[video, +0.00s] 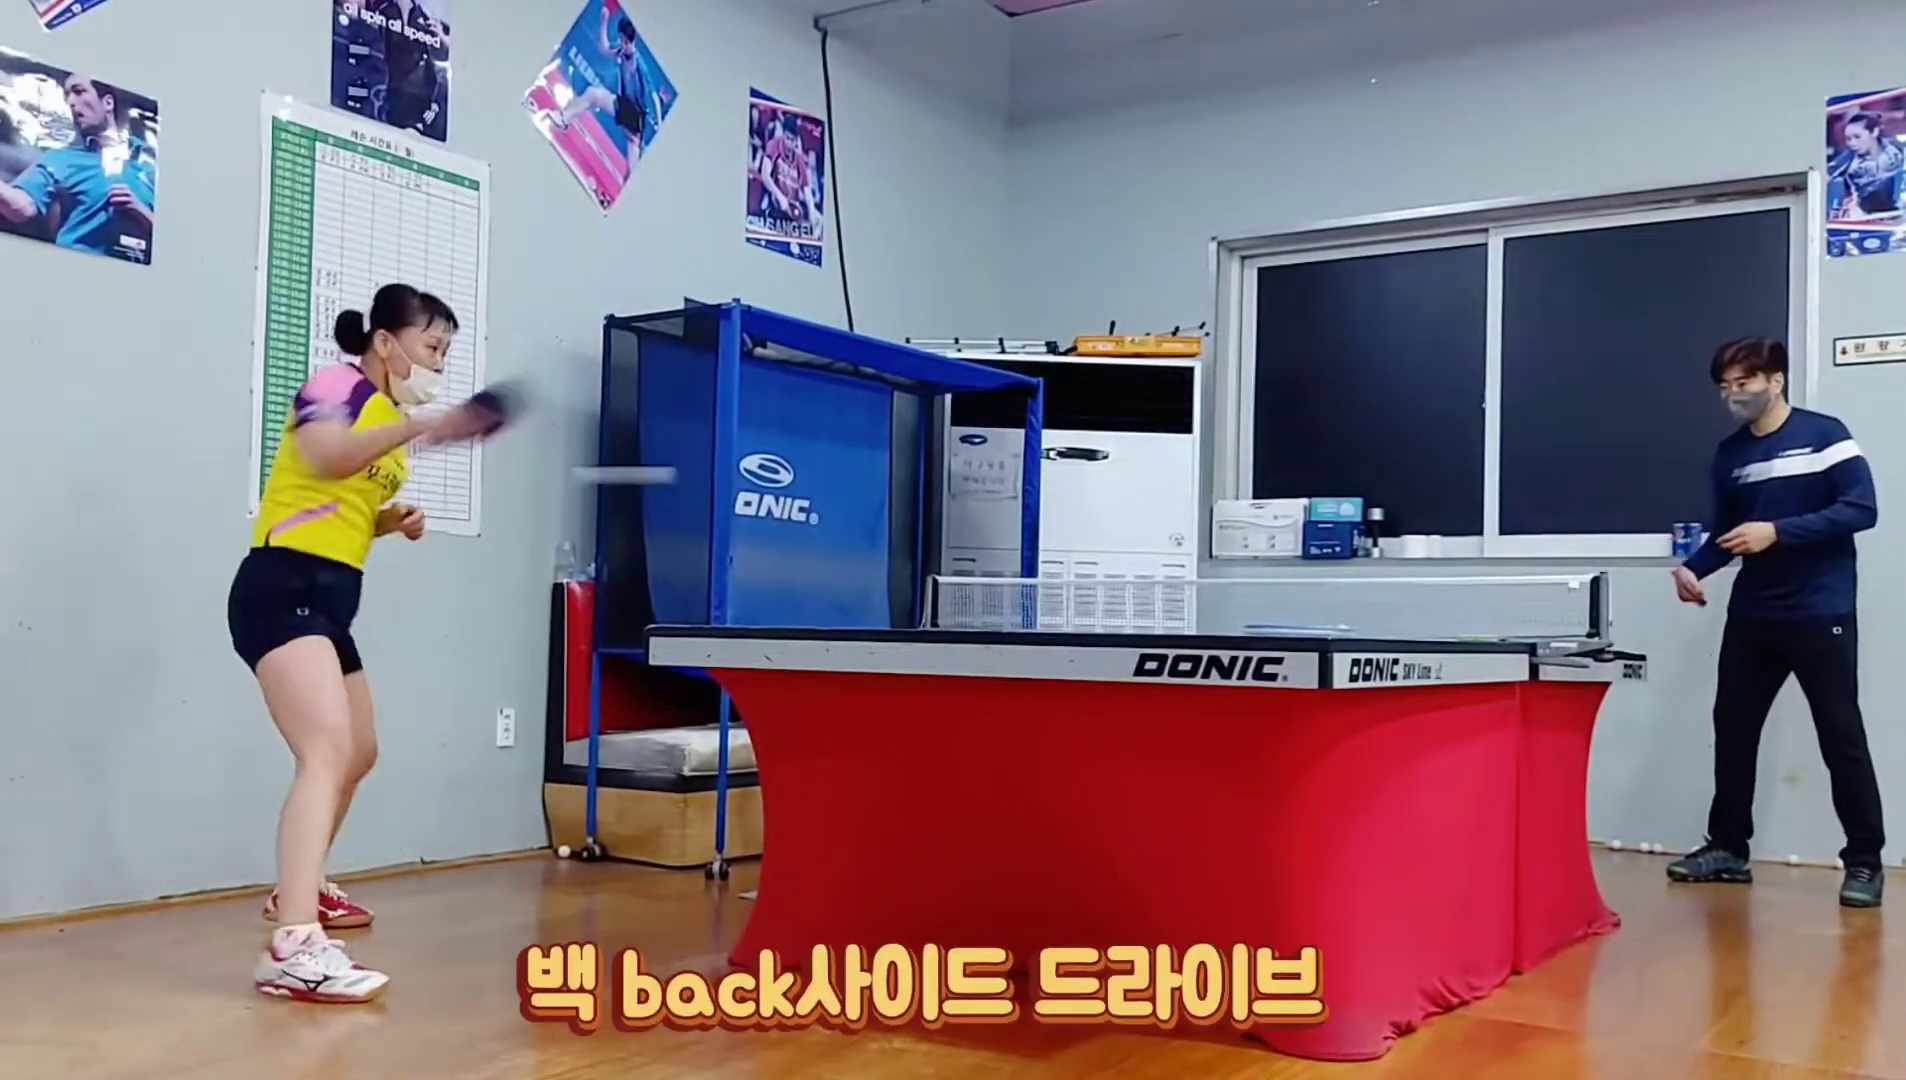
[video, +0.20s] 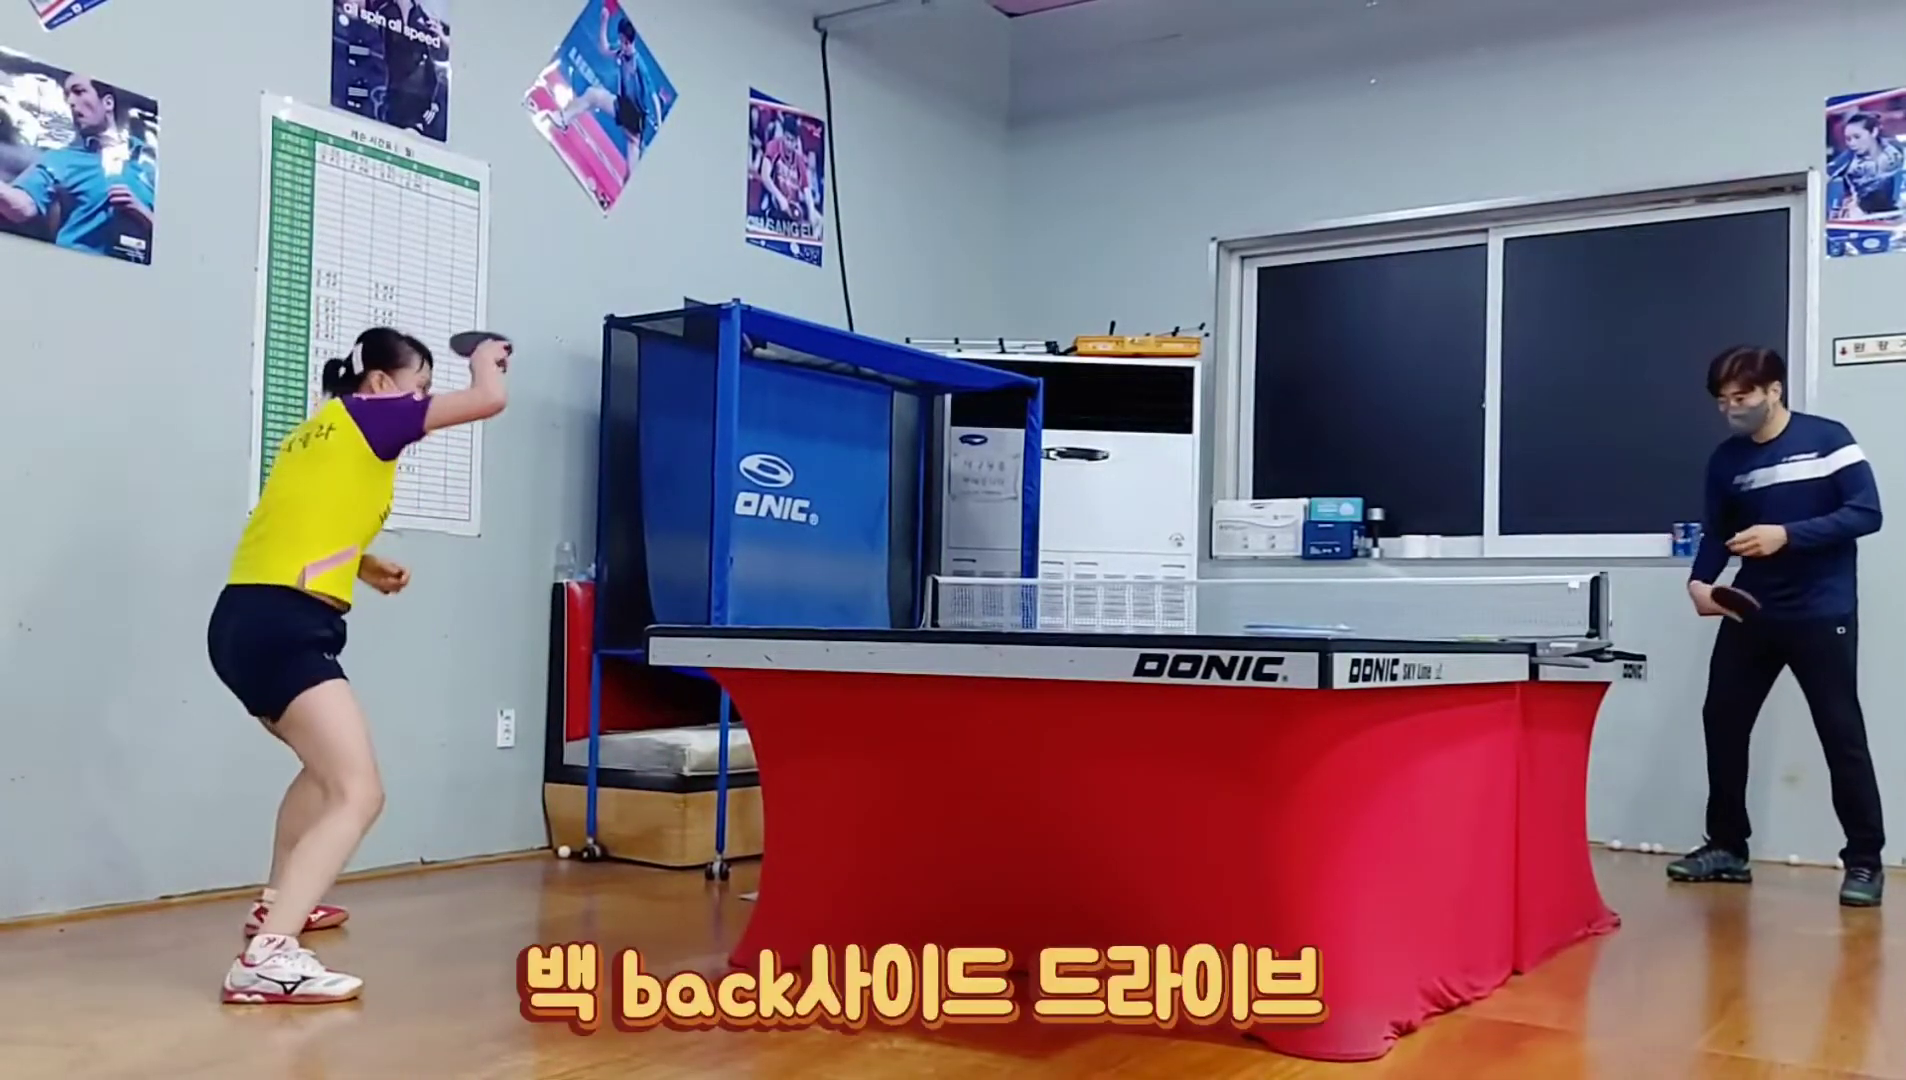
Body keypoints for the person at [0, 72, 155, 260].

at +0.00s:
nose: (70, 101)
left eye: (80, 91)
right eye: (67, 96)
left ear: (108, 103)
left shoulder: (149, 161)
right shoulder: (60, 159)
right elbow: (21, 207)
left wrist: (143, 212)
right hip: (75, 262)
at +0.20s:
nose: (70, 101)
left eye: (79, 91)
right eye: (67, 96)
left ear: (108, 103)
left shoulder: (149, 162)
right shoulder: (60, 159)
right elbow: (21, 207)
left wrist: (143, 213)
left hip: (135, 270)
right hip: (75, 261)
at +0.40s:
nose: (70, 101)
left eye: (79, 91)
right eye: (67, 96)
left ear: (108, 103)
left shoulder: (150, 160)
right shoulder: (60, 159)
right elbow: (20, 207)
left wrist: (143, 212)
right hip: (74, 263)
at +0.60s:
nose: (70, 101)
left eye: (79, 91)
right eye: (67, 96)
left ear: (108, 102)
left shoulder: (150, 160)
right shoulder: (60, 159)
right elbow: (20, 207)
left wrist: (143, 212)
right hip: (74, 262)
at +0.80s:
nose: (70, 101)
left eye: (79, 91)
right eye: (67, 96)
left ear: (108, 102)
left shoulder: (150, 163)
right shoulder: (60, 159)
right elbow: (20, 207)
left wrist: (144, 213)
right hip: (75, 263)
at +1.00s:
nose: (70, 101)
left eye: (79, 91)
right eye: (67, 96)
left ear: (108, 102)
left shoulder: (150, 162)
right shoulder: (60, 159)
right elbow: (20, 208)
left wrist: (143, 213)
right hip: (74, 263)